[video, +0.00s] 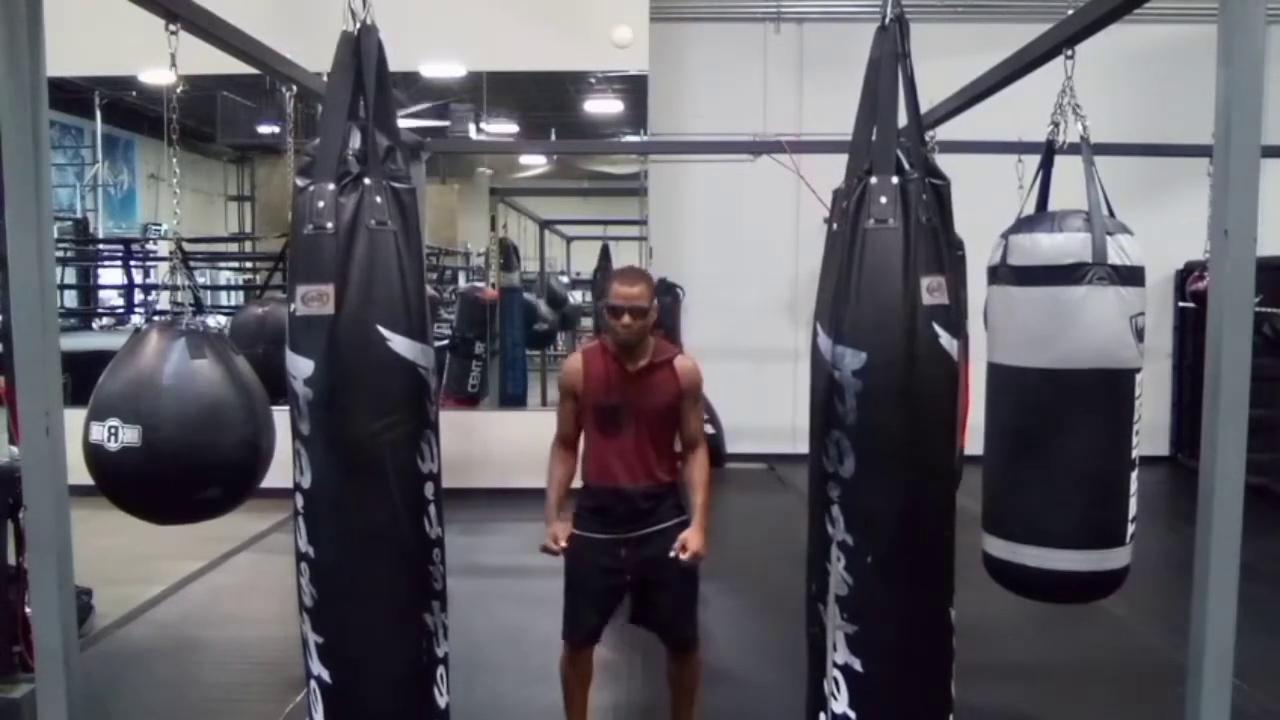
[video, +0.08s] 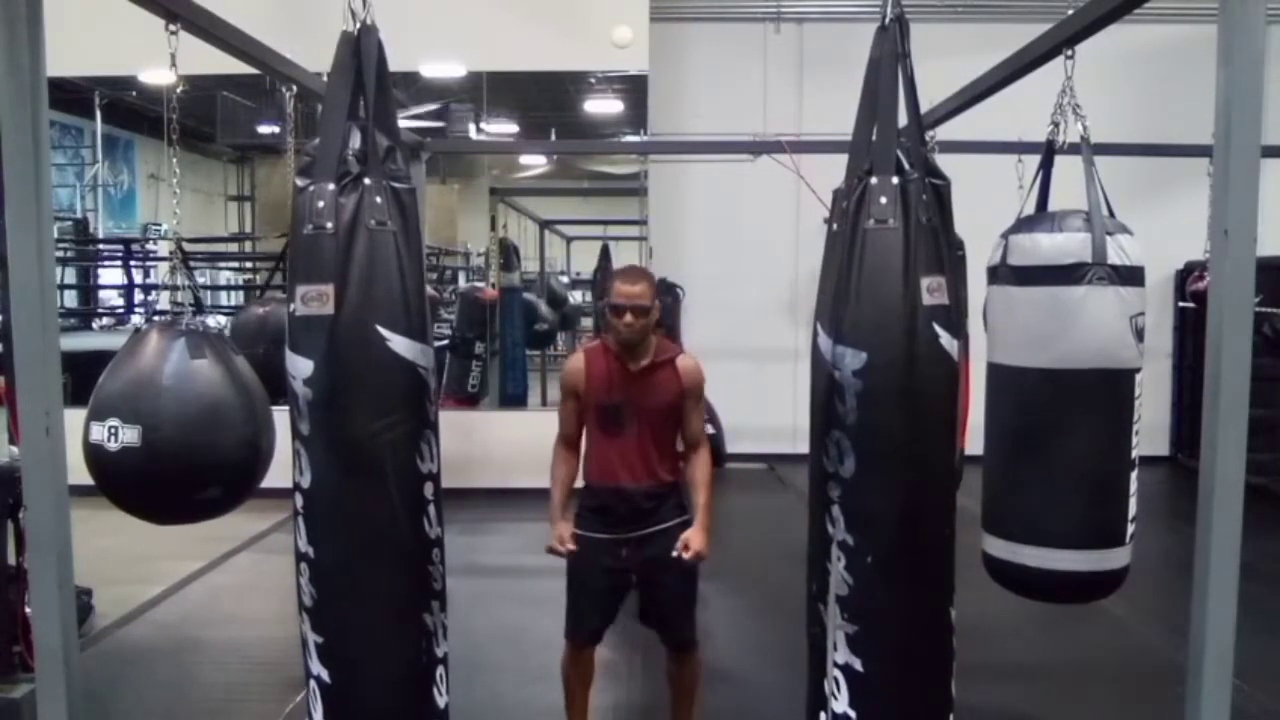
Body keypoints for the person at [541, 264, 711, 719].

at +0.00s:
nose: (624, 322)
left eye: (636, 313)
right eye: (615, 312)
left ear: (654, 314)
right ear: (602, 312)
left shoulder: (681, 371)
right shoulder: (579, 368)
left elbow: (694, 447)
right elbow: (564, 444)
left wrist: (698, 523)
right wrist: (553, 515)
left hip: (663, 514)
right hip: (597, 515)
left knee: (683, 644)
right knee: (578, 641)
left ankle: (683, 716)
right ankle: (576, 717)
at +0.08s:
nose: (627, 321)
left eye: (638, 312)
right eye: (617, 311)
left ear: (656, 312)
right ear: (604, 311)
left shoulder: (683, 370)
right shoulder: (580, 368)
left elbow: (696, 447)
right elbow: (567, 443)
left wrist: (700, 523)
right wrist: (558, 515)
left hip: (665, 514)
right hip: (598, 514)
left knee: (681, 642)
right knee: (580, 640)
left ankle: (683, 716)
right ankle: (576, 717)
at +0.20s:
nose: (631, 317)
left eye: (643, 307)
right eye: (622, 307)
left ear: (662, 308)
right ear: (610, 307)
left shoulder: (688, 367)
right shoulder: (584, 366)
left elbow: (702, 446)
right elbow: (572, 444)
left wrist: (708, 527)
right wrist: (566, 524)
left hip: (668, 514)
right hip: (602, 514)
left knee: (684, 644)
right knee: (582, 641)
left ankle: (683, 716)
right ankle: (577, 716)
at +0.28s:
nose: (632, 314)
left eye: (644, 304)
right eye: (622, 304)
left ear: (662, 307)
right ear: (611, 306)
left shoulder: (689, 366)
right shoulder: (585, 365)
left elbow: (704, 447)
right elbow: (573, 444)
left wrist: (710, 527)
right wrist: (567, 524)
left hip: (669, 513)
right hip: (603, 514)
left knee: (684, 645)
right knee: (583, 641)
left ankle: (683, 716)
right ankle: (577, 716)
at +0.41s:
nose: (633, 306)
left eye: (645, 298)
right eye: (623, 297)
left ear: (663, 303)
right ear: (612, 303)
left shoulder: (690, 364)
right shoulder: (585, 364)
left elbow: (704, 447)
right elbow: (572, 443)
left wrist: (715, 529)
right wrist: (566, 523)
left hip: (670, 512)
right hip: (602, 513)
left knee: (684, 645)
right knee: (585, 642)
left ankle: (683, 716)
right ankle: (577, 717)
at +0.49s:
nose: (633, 305)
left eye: (645, 296)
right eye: (624, 296)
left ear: (663, 302)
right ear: (612, 302)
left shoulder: (689, 364)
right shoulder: (586, 364)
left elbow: (705, 447)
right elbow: (572, 443)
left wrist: (713, 528)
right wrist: (565, 522)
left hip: (670, 514)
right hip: (602, 514)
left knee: (684, 646)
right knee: (585, 642)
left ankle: (683, 717)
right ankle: (578, 717)